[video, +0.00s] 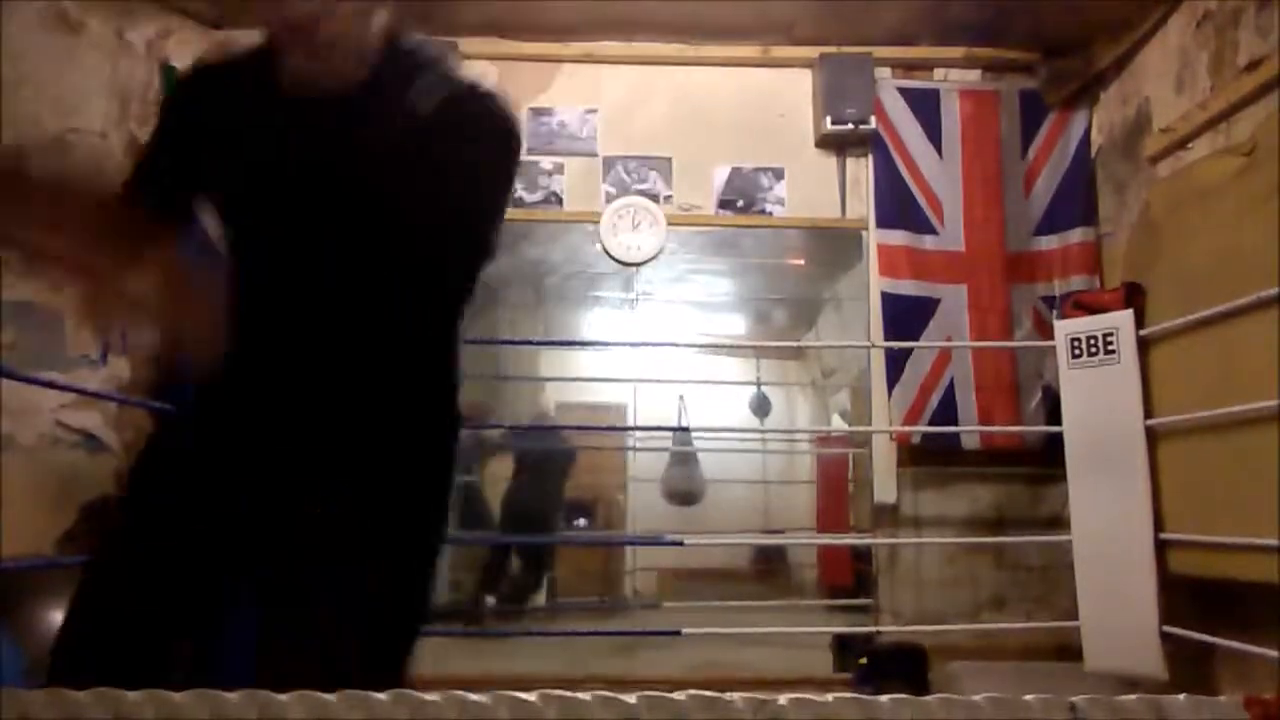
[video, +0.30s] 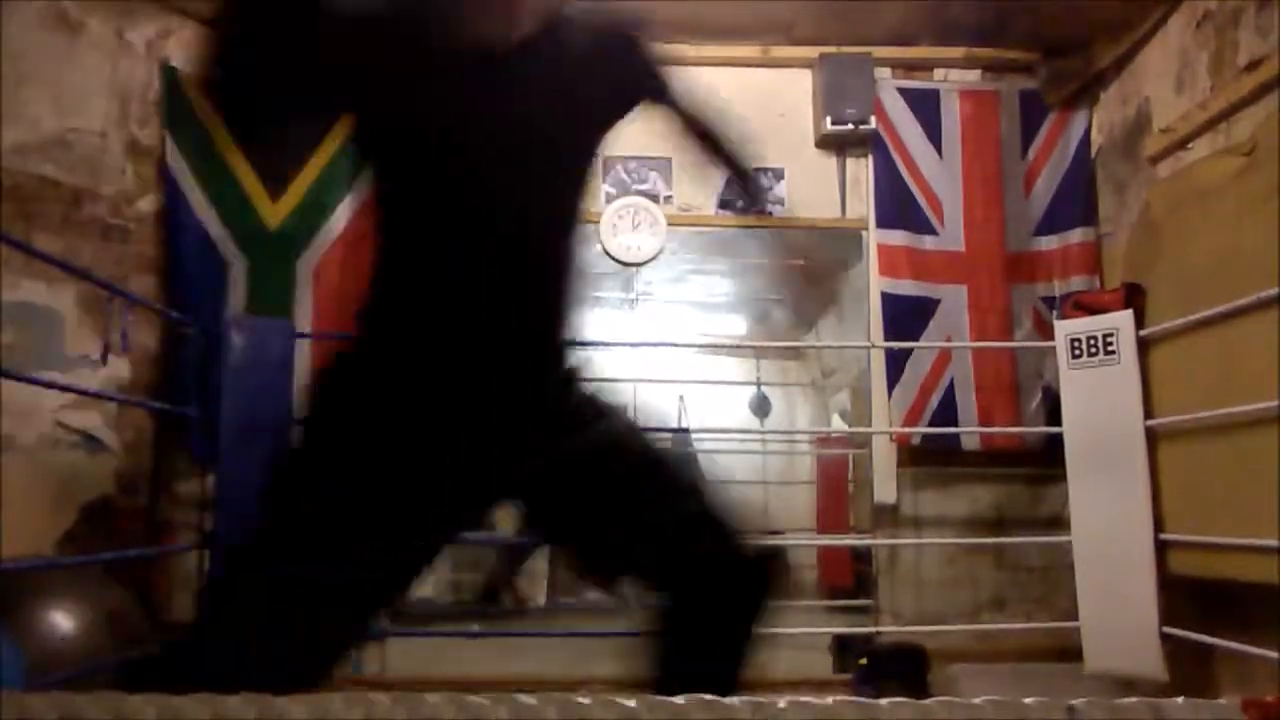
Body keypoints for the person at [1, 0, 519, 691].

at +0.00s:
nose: (297, 17)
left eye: (324, 3)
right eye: (285, 2)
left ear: (382, 6)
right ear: (263, 4)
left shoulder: (465, 127)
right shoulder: (214, 99)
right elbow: (124, 256)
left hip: (372, 488)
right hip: (210, 467)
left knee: (322, 696)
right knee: (103, 682)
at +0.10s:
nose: (287, 34)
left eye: (320, 2)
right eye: (263, 2)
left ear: (365, 11)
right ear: (229, 12)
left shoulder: (460, 158)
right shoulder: (193, 148)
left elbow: (448, 399)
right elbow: (118, 354)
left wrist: (402, 571)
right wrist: (1, 393)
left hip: (357, 550)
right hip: (186, 525)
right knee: (90, 702)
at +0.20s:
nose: (368, 29)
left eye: (392, 7)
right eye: (347, 5)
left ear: (428, 14)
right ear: (312, 14)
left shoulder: (502, 131)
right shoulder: (250, 131)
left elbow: (604, 279)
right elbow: (81, 334)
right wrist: (115, 236)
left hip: (434, 485)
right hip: (266, 483)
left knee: (512, 696)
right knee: (137, 685)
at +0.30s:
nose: (509, 7)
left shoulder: (592, 55)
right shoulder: (387, 48)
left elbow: (676, 109)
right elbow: (258, 113)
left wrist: (741, 175)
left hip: (534, 407)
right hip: (391, 408)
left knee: (720, 576)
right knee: (260, 651)